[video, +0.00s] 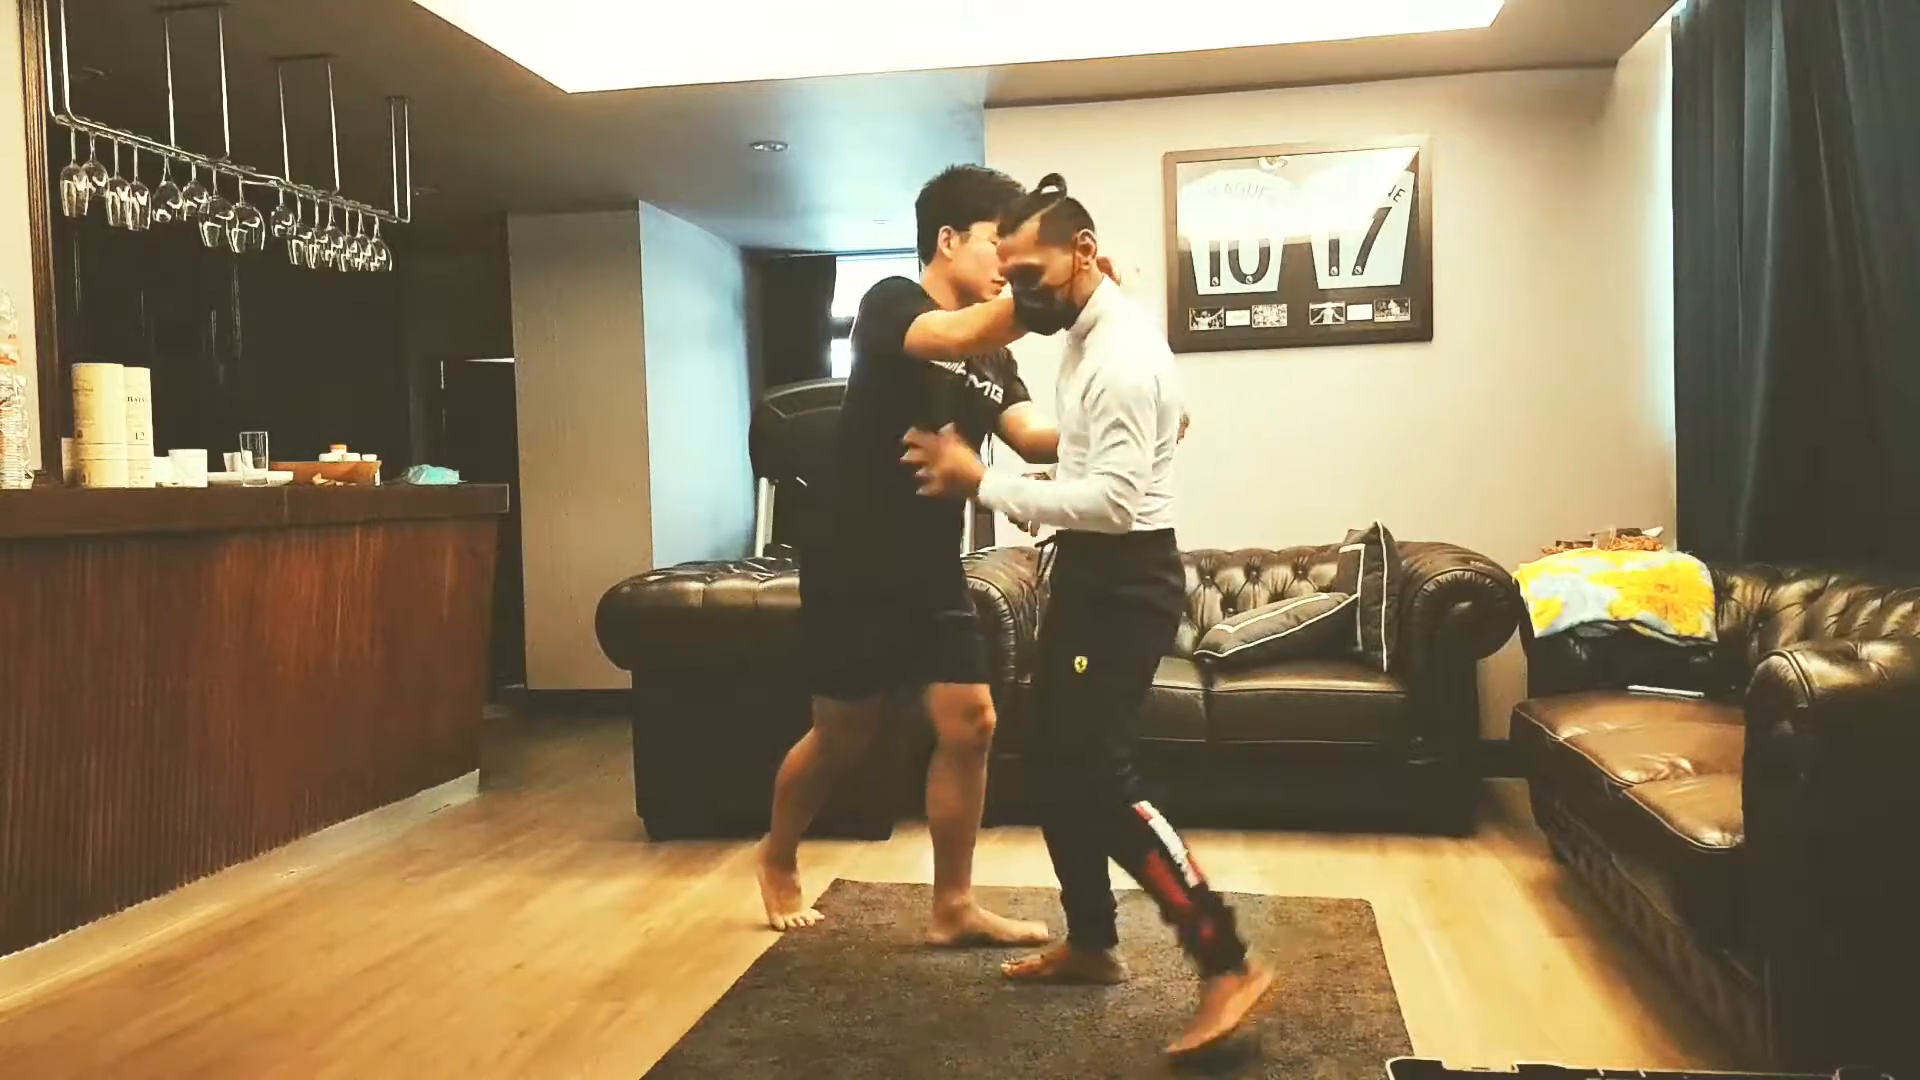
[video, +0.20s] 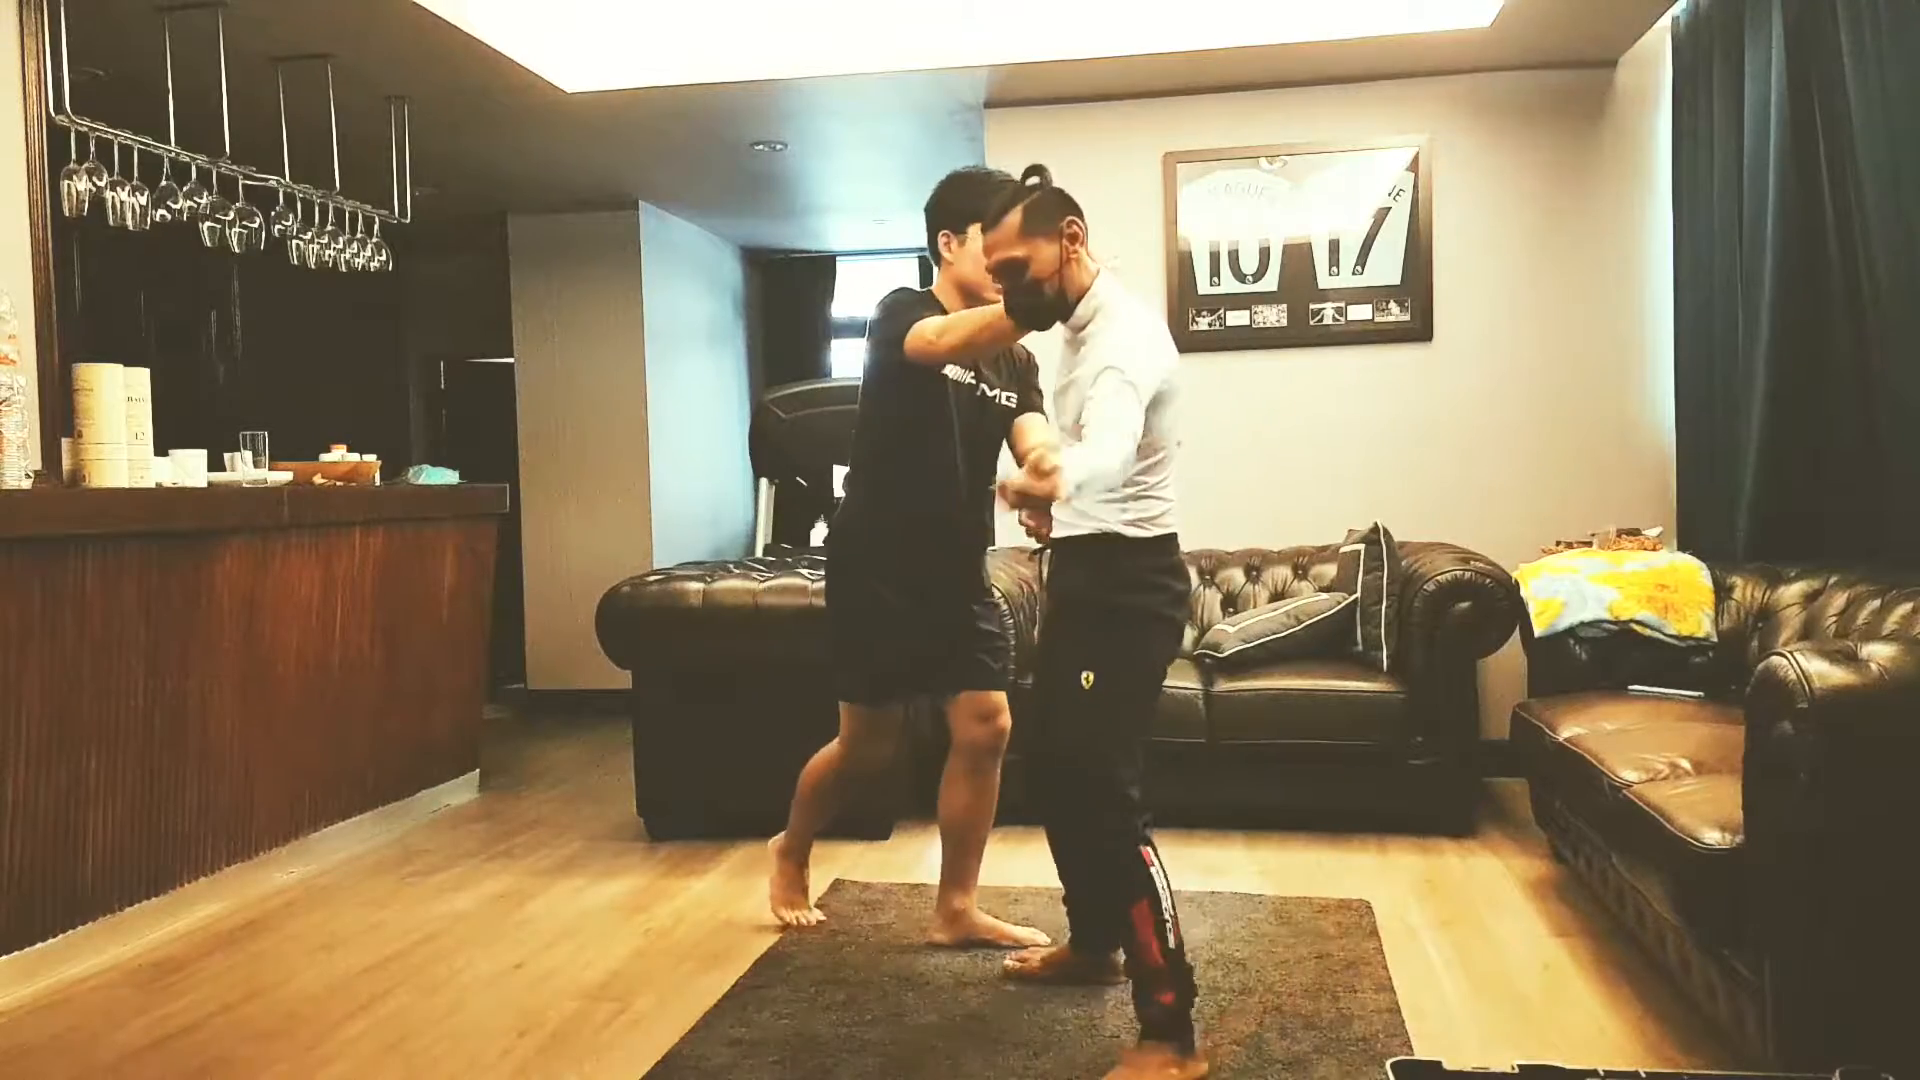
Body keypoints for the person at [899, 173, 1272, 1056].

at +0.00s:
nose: (1021, 290)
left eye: (1030, 271)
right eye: (1015, 274)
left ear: (1081, 252)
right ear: (1067, 259)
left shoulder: (1121, 352)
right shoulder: (1092, 330)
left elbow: (1116, 499)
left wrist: (984, 482)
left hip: (1129, 577)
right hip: (1088, 570)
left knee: (1095, 770)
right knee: (1054, 761)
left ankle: (1229, 967)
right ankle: (1089, 944)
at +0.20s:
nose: (1012, 293)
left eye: (1019, 273)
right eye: (1006, 277)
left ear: (1071, 244)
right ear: (1056, 252)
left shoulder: (1123, 332)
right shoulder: (1065, 328)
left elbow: (1099, 461)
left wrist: (1029, 483)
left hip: (1130, 574)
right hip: (1080, 569)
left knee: (1100, 783)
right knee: (1050, 765)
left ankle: (1171, 1036)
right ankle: (1093, 946)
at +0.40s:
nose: (996, 260)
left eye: (1005, 240)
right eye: (989, 244)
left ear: (1064, 213)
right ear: (1047, 222)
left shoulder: (1132, 313)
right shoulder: (1048, 321)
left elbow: (1160, 457)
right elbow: (1064, 447)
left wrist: (1060, 467)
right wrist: (1018, 538)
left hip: (1130, 573)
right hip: (1068, 574)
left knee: (1103, 797)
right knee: (1040, 779)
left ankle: (1177, 1035)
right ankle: (1118, 959)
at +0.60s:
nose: (943, 233)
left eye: (956, 210)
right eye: (938, 214)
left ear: (1025, 193)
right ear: (1003, 203)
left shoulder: (1108, 306)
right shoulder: (1011, 302)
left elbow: (1140, 482)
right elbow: (1042, 452)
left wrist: (1046, 611)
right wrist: (1015, 555)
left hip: (1119, 582)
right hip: (1036, 576)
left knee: (1124, 821)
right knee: (990, 809)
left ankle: (1179, 1019)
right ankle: (1050, 1038)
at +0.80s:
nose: (869, 205)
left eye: (886, 184)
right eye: (868, 188)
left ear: (956, 180)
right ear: (946, 186)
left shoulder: (1048, 296)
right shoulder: (946, 309)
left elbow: (1100, 479)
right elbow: (973, 476)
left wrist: (1043, 639)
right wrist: (947, 628)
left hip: (1062, 593)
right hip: (968, 595)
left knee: (1097, 845)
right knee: (948, 858)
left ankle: (1171, 1012)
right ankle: (966, 1062)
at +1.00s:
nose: (804, 199)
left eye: (818, 177)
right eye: (802, 183)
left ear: (886, 160)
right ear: (876, 168)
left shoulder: (987, 277)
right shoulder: (858, 325)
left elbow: (1054, 443)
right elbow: (866, 473)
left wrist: (960, 601)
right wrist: (857, 593)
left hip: (969, 596)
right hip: (880, 594)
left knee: (920, 851)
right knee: (869, 855)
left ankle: (1041, 998)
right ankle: (940, 1061)